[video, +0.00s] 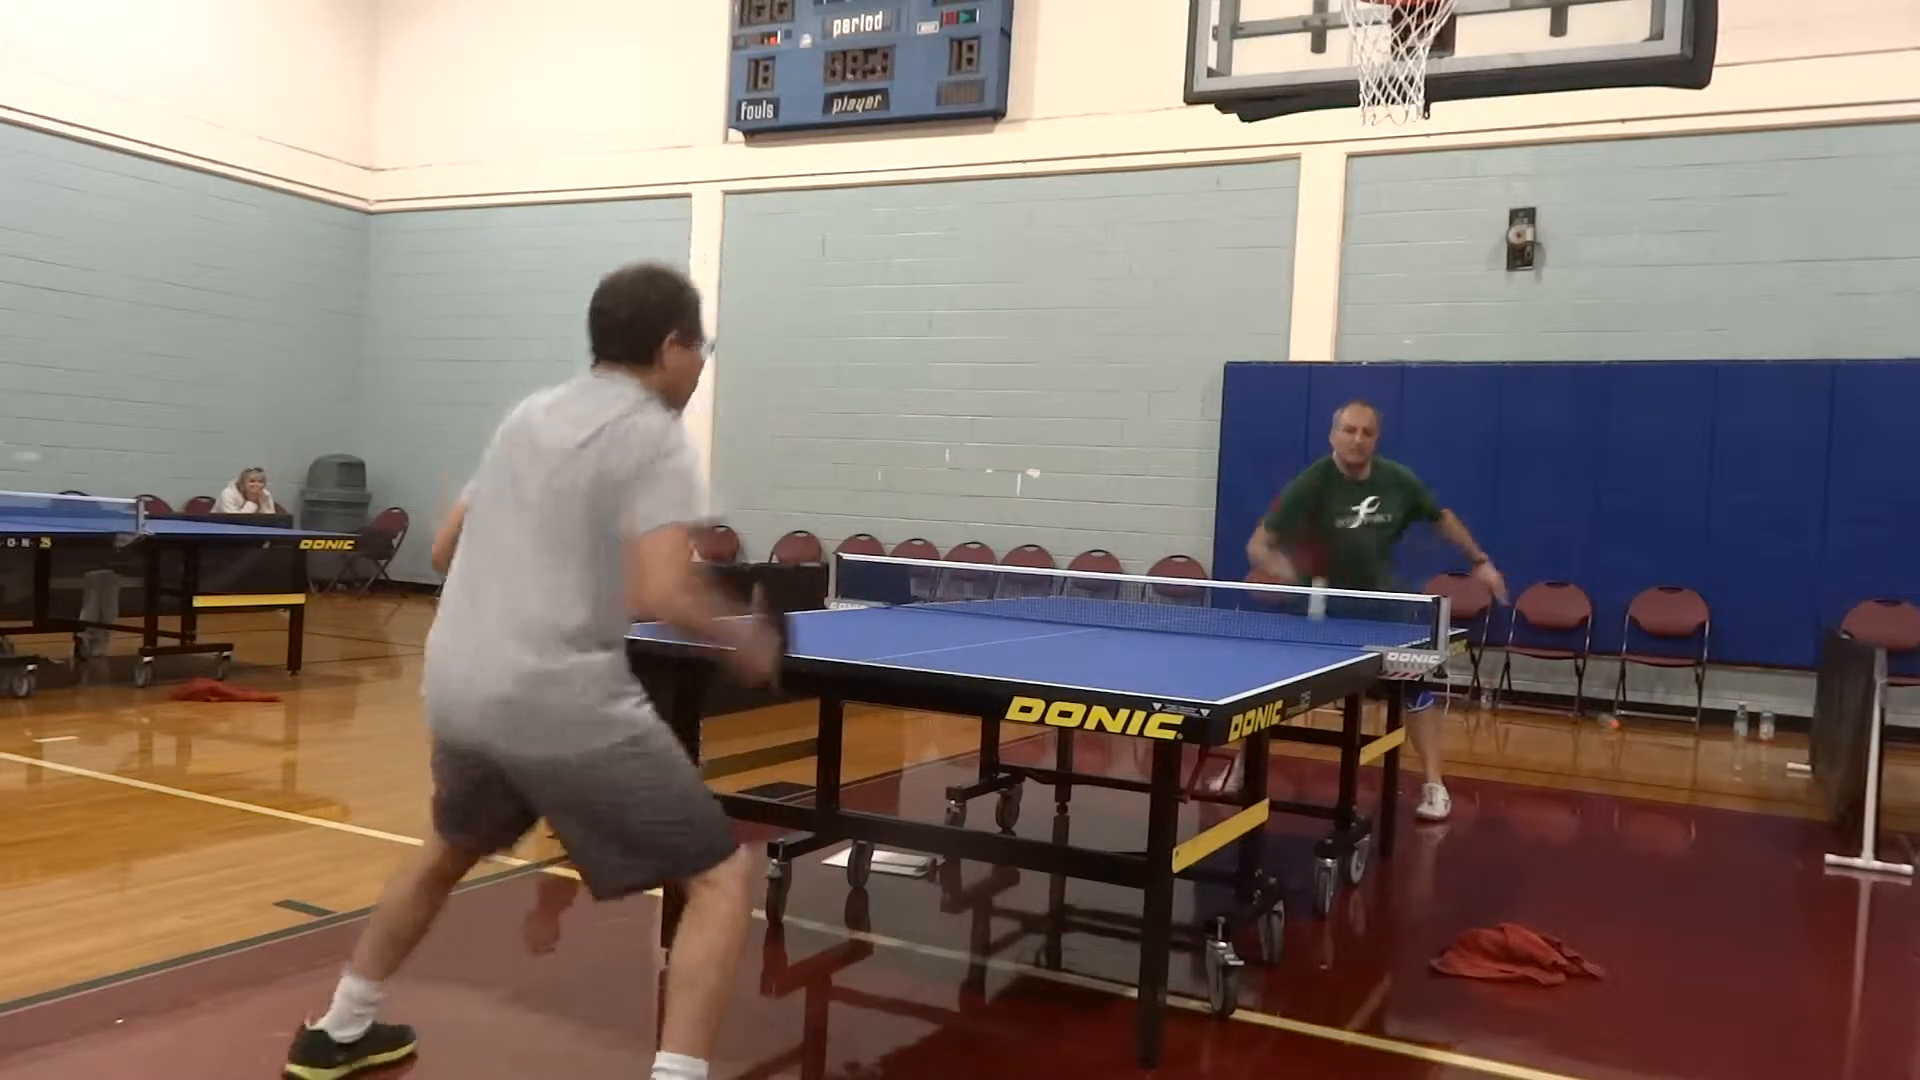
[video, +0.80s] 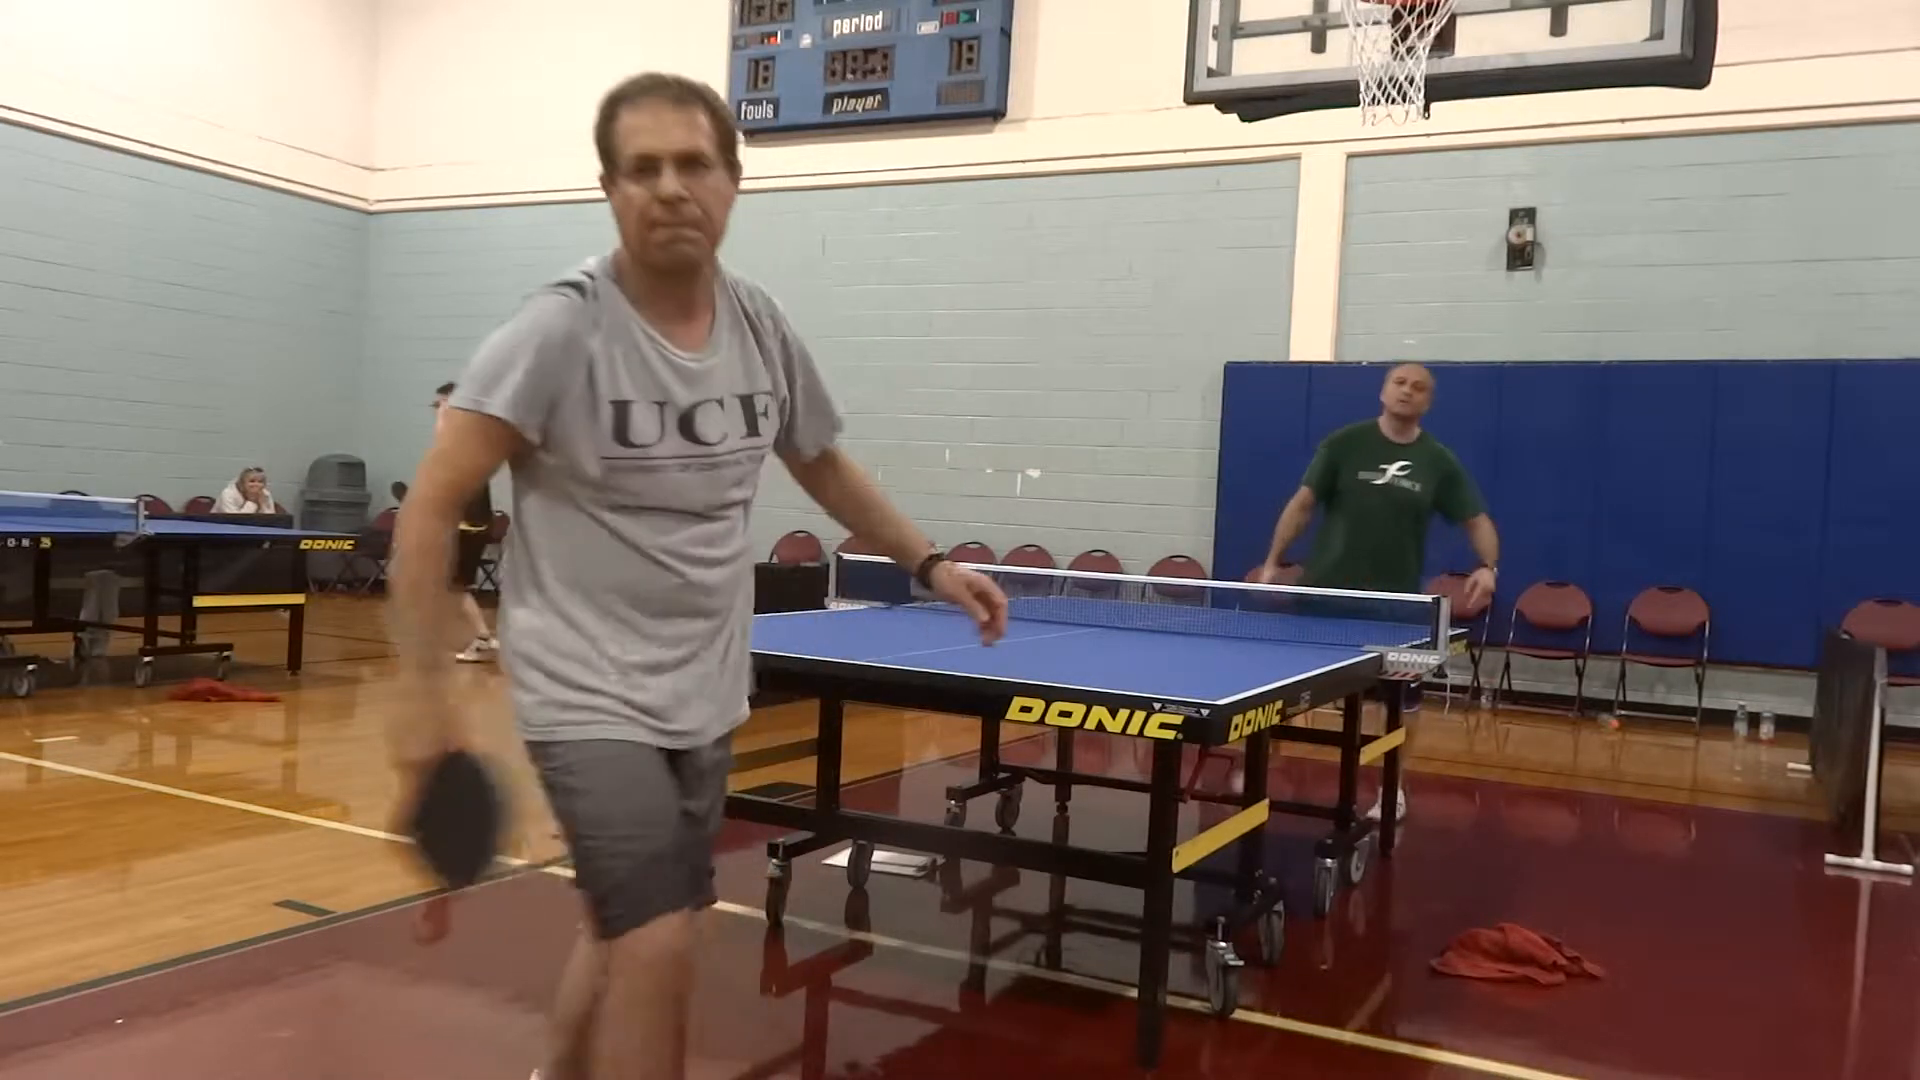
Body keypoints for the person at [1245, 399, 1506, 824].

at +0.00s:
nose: (1357, 439)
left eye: (1366, 433)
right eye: (1349, 430)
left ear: (1377, 439)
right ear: (1332, 434)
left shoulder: (1399, 481)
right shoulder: (1311, 483)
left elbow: (1442, 520)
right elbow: (1257, 544)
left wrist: (1481, 561)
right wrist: (1280, 566)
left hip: (1383, 612)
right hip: (1319, 611)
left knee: (1419, 682)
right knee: (1264, 677)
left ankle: (1434, 783)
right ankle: (1244, 765)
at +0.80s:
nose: (1408, 392)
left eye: (1418, 388)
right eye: (1401, 383)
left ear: (1429, 401)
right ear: (1383, 391)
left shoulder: (1438, 461)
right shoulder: (1343, 444)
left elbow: (1477, 520)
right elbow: (1303, 502)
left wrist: (1487, 566)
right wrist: (1273, 559)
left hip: (1395, 603)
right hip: (1325, 595)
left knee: (1399, 702)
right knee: (1280, 687)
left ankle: (1393, 789)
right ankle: (1252, 776)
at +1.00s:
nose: (1417, 390)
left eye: (1428, 387)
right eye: (1410, 382)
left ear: (1439, 402)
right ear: (1394, 390)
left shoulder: (1453, 459)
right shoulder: (1355, 444)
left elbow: (1488, 521)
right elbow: (1320, 504)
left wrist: (1501, 577)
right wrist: (1306, 558)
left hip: (1409, 604)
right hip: (1343, 597)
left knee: (1408, 702)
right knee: (1334, 687)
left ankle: (1393, 787)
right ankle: (1341, 755)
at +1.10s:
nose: (1415, 390)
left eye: (1426, 386)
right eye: (1408, 382)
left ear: (1437, 401)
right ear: (1393, 390)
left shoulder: (1453, 457)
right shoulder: (1356, 444)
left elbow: (1485, 522)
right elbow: (1323, 505)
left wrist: (1500, 585)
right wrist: (1315, 555)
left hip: (1417, 603)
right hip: (1355, 597)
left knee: (1412, 703)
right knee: (1361, 697)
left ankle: (1396, 789)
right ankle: (1369, 785)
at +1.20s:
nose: (1408, 392)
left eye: (1419, 388)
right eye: (1402, 385)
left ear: (1433, 402)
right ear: (1388, 394)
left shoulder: (1452, 458)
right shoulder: (1356, 450)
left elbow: (1482, 524)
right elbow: (1325, 509)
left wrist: (1494, 591)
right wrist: (1317, 555)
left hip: (1420, 603)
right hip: (1362, 598)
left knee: (1416, 701)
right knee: (1374, 696)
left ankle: (1396, 789)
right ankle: (1381, 782)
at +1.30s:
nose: (1400, 397)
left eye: (1410, 392)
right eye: (1392, 390)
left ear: (1425, 404)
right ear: (1379, 400)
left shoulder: (1450, 459)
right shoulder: (1354, 456)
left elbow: (1480, 524)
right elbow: (1325, 517)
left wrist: (1486, 591)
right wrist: (1315, 568)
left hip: (1425, 603)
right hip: (1366, 600)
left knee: (1416, 700)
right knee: (1378, 696)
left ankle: (1395, 788)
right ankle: (1387, 776)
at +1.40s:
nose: (1388, 403)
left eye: (1397, 396)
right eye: (1380, 396)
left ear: (1416, 405)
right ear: (1372, 408)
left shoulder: (1448, 456)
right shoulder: (1354, 464)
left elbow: (1481, 519)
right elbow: (1329, 526)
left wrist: (1481, 583)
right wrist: (1313, 583)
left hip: (1431, 601)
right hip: (1371, 600)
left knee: (1422, 694)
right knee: (1380, 694)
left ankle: (1399, 781)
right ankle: (1392, 773)